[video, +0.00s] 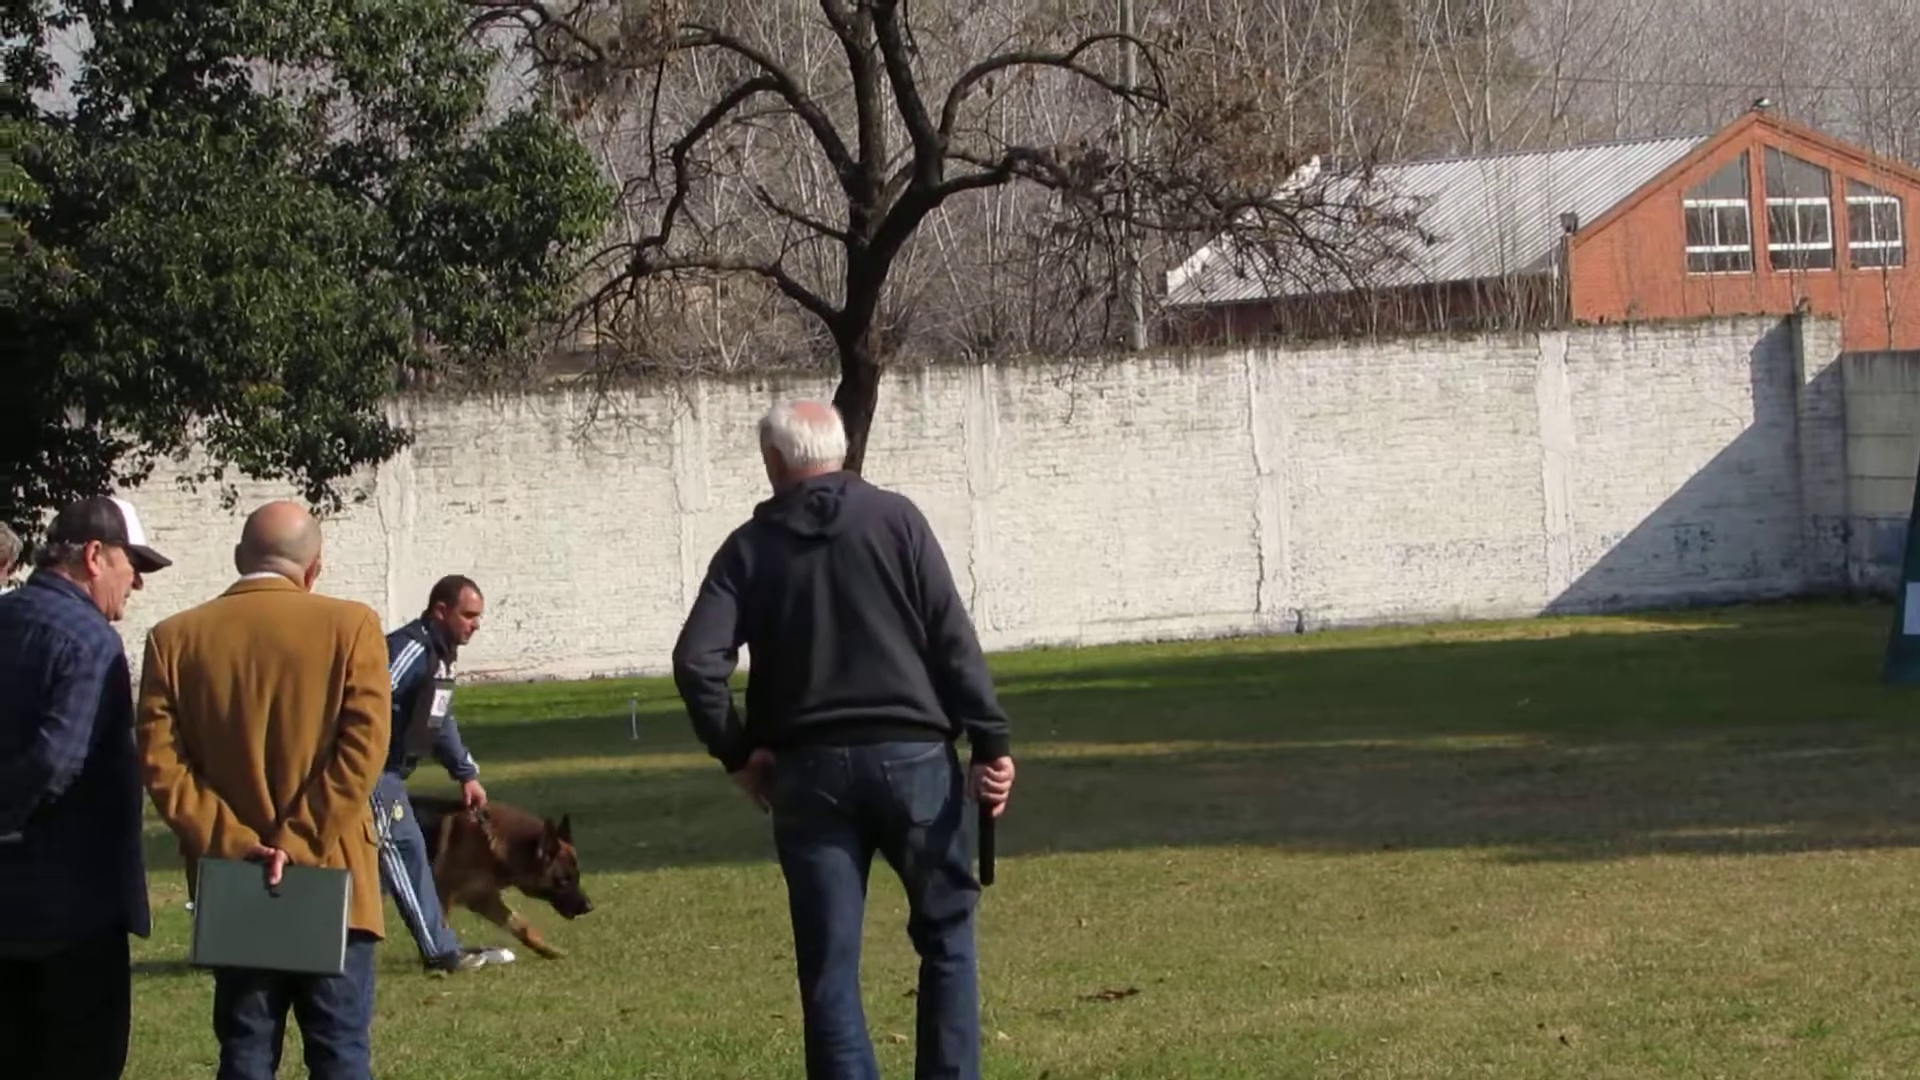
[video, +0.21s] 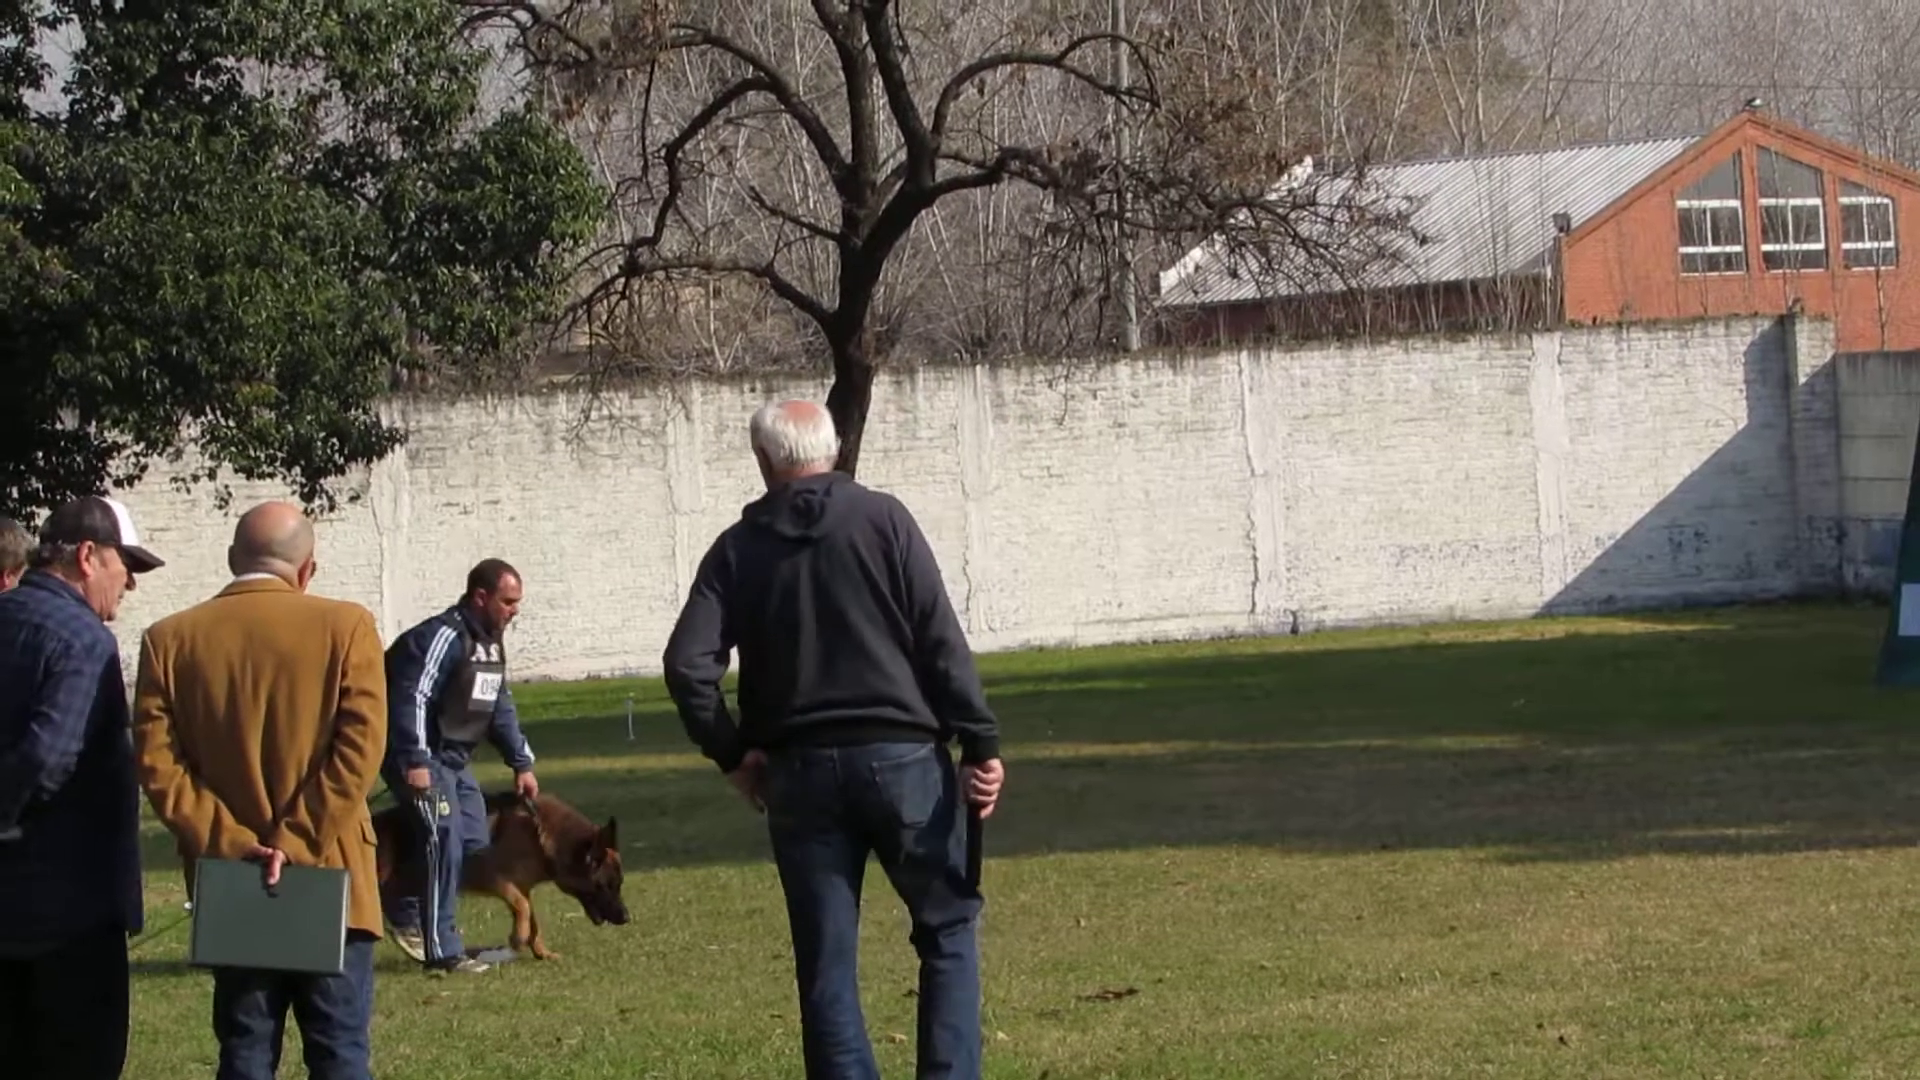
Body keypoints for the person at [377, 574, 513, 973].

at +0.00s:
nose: (475, 625)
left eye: (478, 617)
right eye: (469, 616)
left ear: (445, 612)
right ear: (441, 610)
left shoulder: (439, 652)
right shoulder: (411, 647)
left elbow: (440, 720)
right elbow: (369, 701)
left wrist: (467, 774)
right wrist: (366, 764)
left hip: (391, 770)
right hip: (376, 770)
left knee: (348, 858)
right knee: (406, 853)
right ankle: (441, 950)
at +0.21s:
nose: (516, 610)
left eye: (518, 602)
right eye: (510, 602)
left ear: (490, 600)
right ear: (480, 598)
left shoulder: (489, 641)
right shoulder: (443, 635)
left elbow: (498, 707)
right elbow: (411, 696)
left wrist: (521, 763)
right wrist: (415, 760)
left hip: (455, 759)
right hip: (421, 759)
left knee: (474, 840)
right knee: (443, 840)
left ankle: (403, 905)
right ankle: (443, 951)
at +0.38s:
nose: (565, 598)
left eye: (566, 590)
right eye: (558, 589)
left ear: (539, 588)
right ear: (530, 585)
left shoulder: (539, 631)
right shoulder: (493, 620)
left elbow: (544, 700)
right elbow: (470, 678)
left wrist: (566, 758)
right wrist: (494, 730)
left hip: (512, 751)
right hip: (472, 749)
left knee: (539, 838)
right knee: (478, 839)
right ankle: (451, 945)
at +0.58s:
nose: (622, 568)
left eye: (623, 560)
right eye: (613, 560)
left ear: (619, 562)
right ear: (584, 561)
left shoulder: (604, 611)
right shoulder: (555, 600)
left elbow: (608, 681)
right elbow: (519, 654)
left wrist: (636, 737)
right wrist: (512, 712)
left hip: (575, 735)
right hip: (540, 730)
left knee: (591, 819)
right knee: (583, 815)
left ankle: (576, 924)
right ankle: (548, 925)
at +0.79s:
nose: (678, 491)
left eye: (680, 483)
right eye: (669, 483)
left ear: (678, 484)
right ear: (639, 482)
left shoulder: (668, 530)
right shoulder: (612, 528)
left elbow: (680, 588)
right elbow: (563, 571)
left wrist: (705, 635)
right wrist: (546, 627)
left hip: (655, 661)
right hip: (622, 661)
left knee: (621, 759)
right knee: (668, 750)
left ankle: (554, 839)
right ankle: (689, 857)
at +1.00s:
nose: (729, 383)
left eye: (730, 376)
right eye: (726, 374)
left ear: (710, 371)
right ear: (706, 370)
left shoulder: (712, 416)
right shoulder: (669, 418)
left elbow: (713, 480)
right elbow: (664, 492)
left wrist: (735, 528)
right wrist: (692, 538)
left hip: (720, 551)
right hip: (683, 555)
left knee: (747, 641)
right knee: (683, 649)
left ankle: (753, 744)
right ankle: (670, 749)